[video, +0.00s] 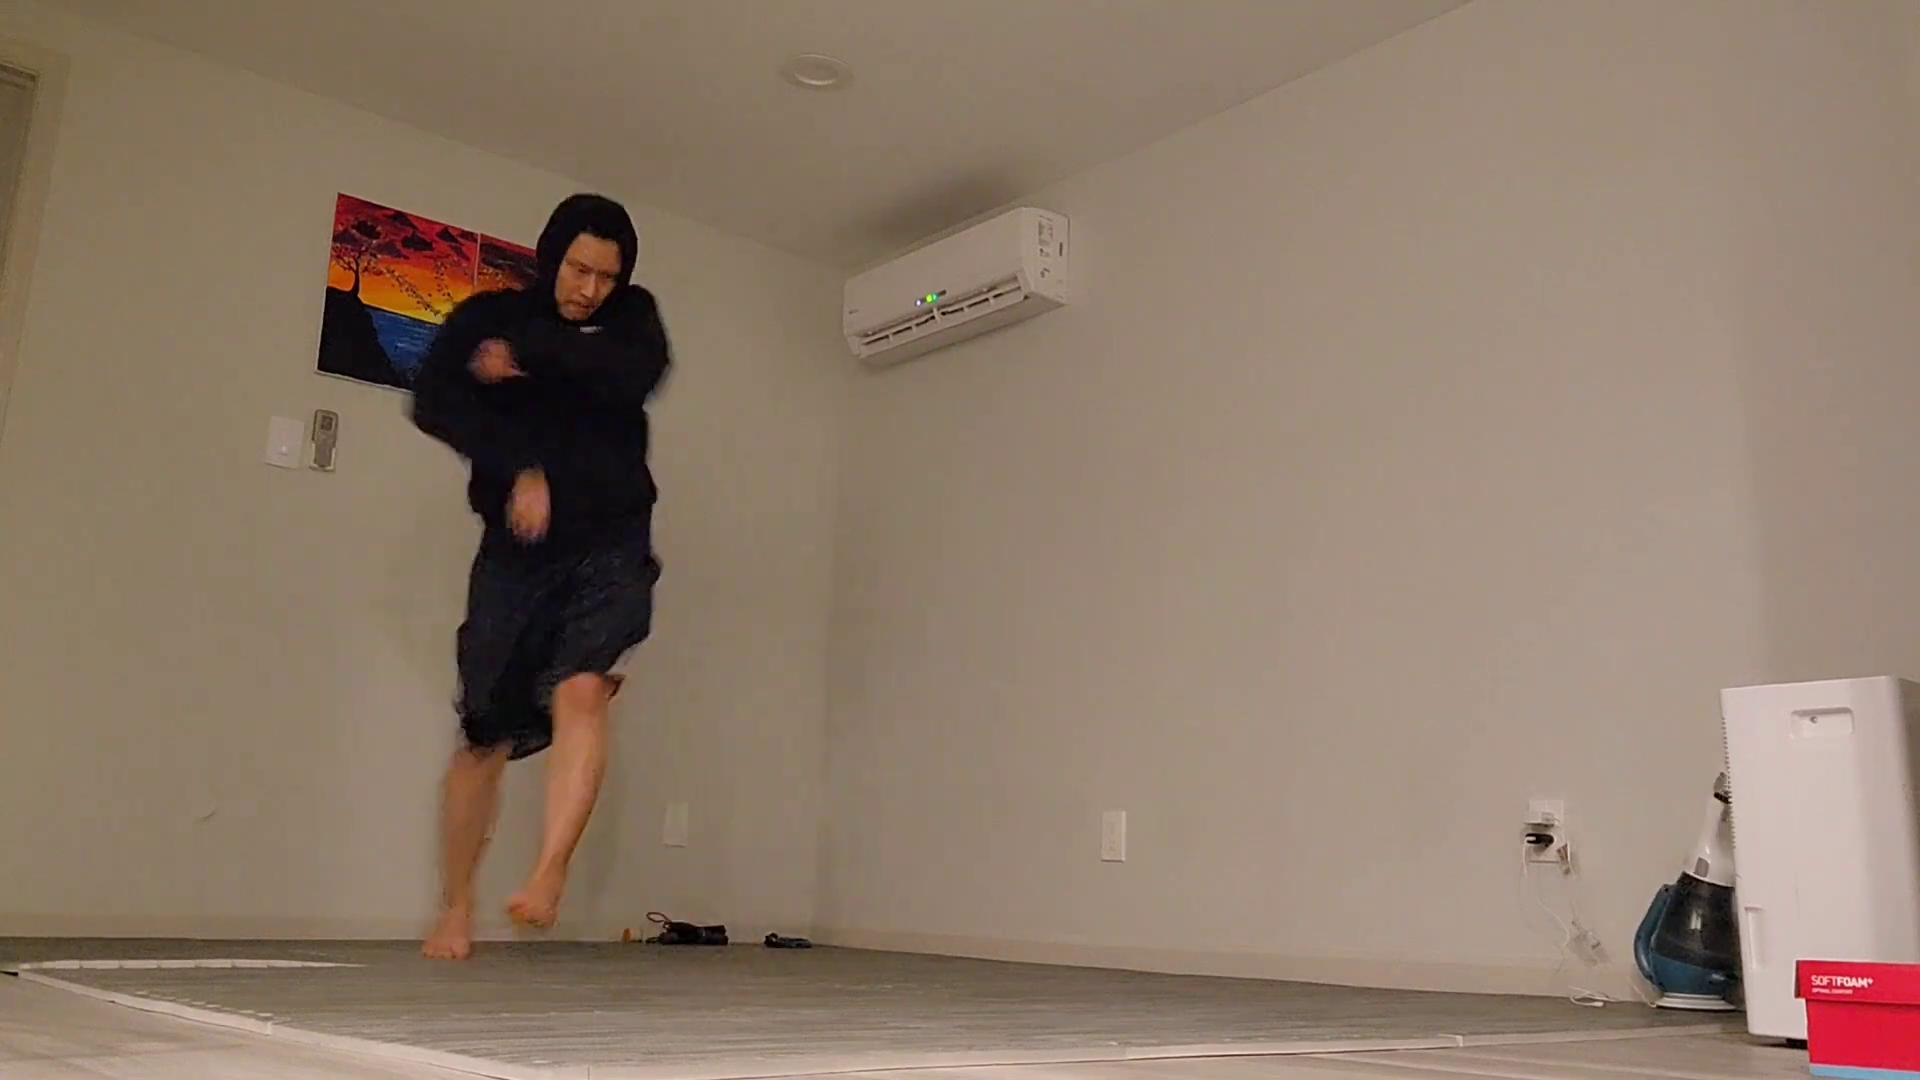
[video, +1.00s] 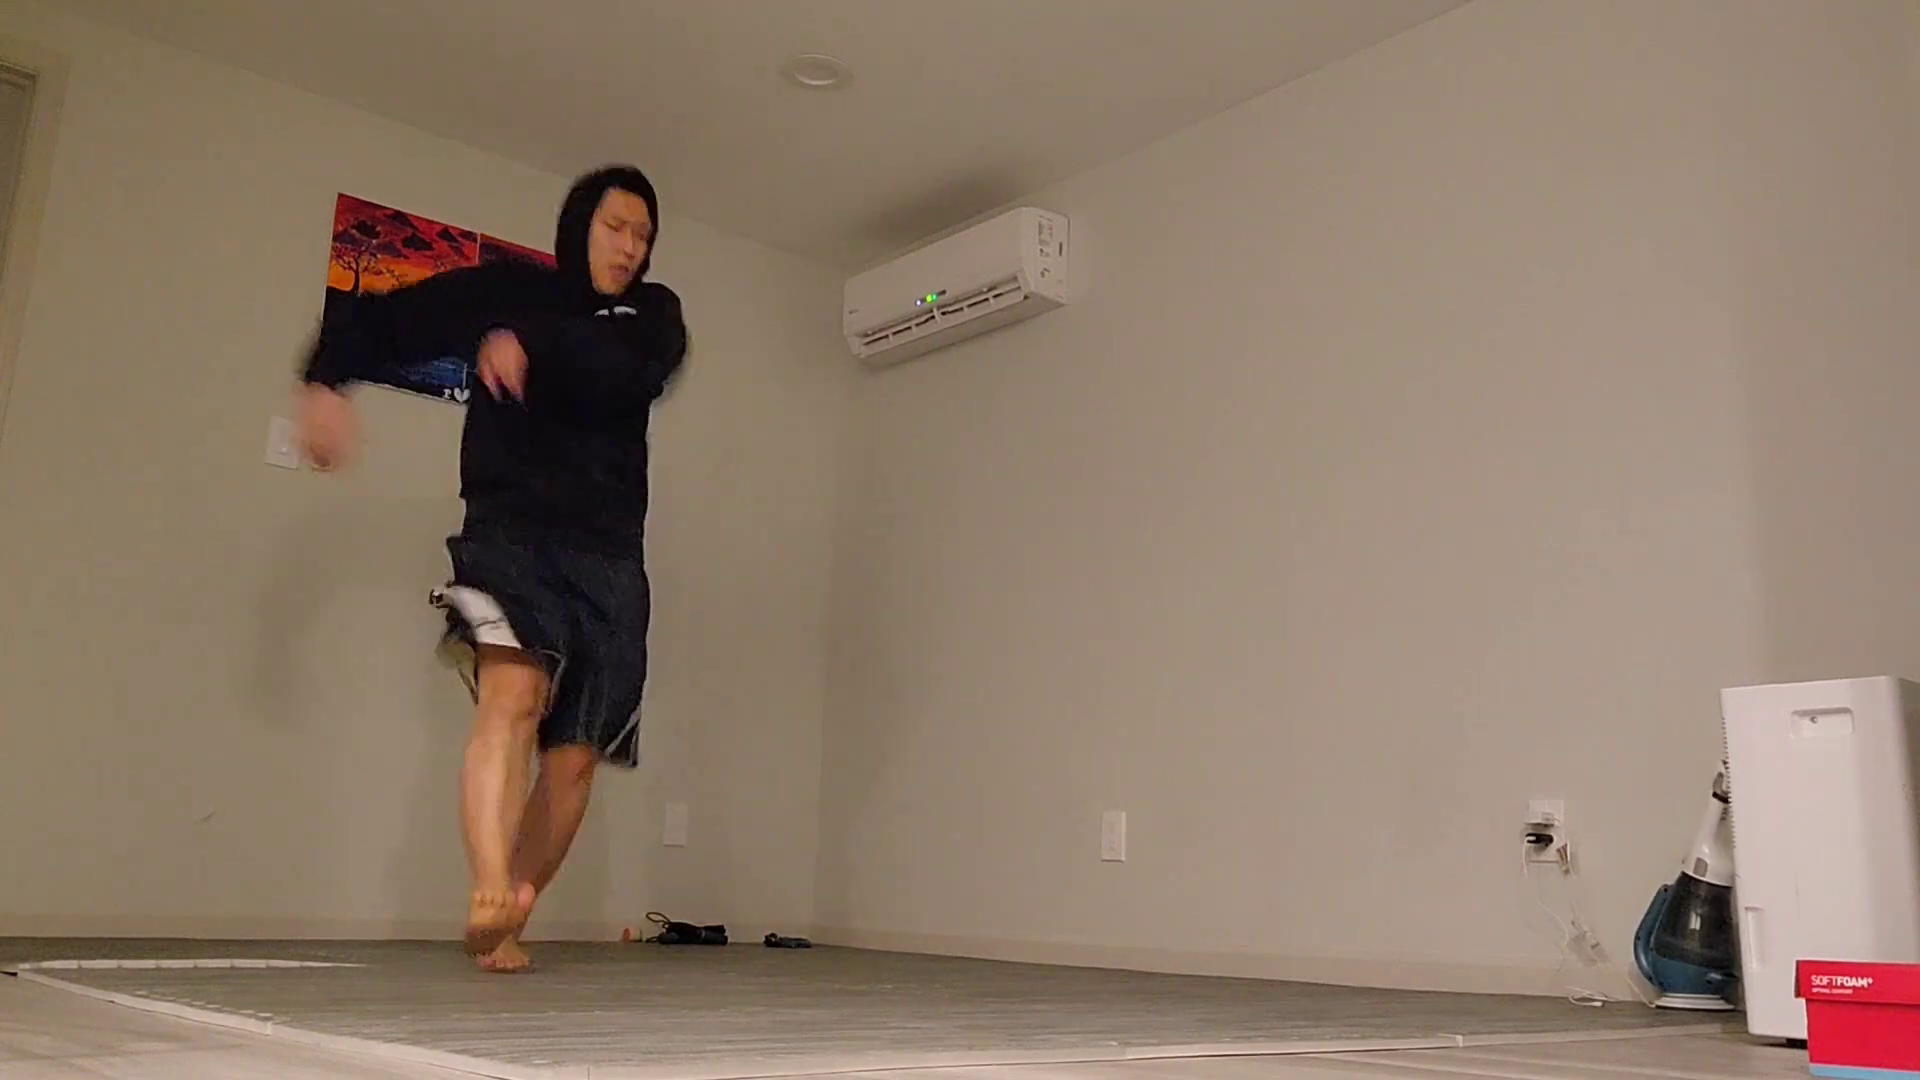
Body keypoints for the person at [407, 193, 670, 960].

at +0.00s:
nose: (586, 287)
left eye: (603, 274)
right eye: (575, 268)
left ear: (622, 275)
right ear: (549, 259)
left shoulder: (631, 316)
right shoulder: (490, 315)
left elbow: (637, 371)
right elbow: (433, 401)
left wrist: (525, 356)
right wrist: (517, 467)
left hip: (608, 544)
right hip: (514, 546)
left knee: (581, 688)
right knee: (485, 734)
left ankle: (549, 878)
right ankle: (456, 907)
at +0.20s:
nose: (558, 300)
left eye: (575, 287)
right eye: (546, 282)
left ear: (593, 293)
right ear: (517, 279)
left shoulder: (609, 343)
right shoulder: (471, 355)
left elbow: (582, 437)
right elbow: (449, 460)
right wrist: (497, 536)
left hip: (592, 563)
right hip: (497, 558)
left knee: (541, 730)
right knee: (439, 738)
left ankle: (506, 924)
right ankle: (461, 899)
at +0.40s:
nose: (492, 322)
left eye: (507, 307)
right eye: (480, 306)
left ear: (540, 297)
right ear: (466, 296)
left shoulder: (608, 344)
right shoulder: (461, 353)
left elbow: (686, 442)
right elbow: (439, 465)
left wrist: (715, 549)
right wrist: (482, 403)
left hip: (595, 567)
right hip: (505, 567)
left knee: (549, 731)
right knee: (434, 718)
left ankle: (507, 924)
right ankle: (546, 857)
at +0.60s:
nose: (545, 281)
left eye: (557, 262)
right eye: (525, 270)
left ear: (586, 264)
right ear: (501, 285)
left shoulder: (632, 323)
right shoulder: (473, 342)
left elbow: (726, 357)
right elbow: (479, 415)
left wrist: (770, 451)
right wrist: (548, 320)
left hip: (605, 552)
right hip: (515, 562)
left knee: (555, 719)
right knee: (513, 753)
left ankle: (557, 910)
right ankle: (562, 910)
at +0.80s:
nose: (597, 257)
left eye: (610, 243)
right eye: (583, 240)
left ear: (624, 254)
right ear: (548, 244)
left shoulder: (648, 340)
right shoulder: (488, 337)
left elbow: (702, 445)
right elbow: (420, 451)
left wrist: (699, 534)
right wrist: (464, 515)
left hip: (609, 572)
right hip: (505, 570)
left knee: (591, 747)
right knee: (471, 718)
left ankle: (561, 926)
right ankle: (534, 799)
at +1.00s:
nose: (627, 244)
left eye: (641, 233)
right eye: (613, 226)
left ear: (650, 246)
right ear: (578, 228)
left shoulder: (656, 315)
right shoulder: (512, 288)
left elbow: (632, 373)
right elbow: (385, 316)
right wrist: (326, 380)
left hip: (607, 552)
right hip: (510, 533)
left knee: (575, 757)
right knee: (514, 691)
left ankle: (510, 925)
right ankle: (492, 894)